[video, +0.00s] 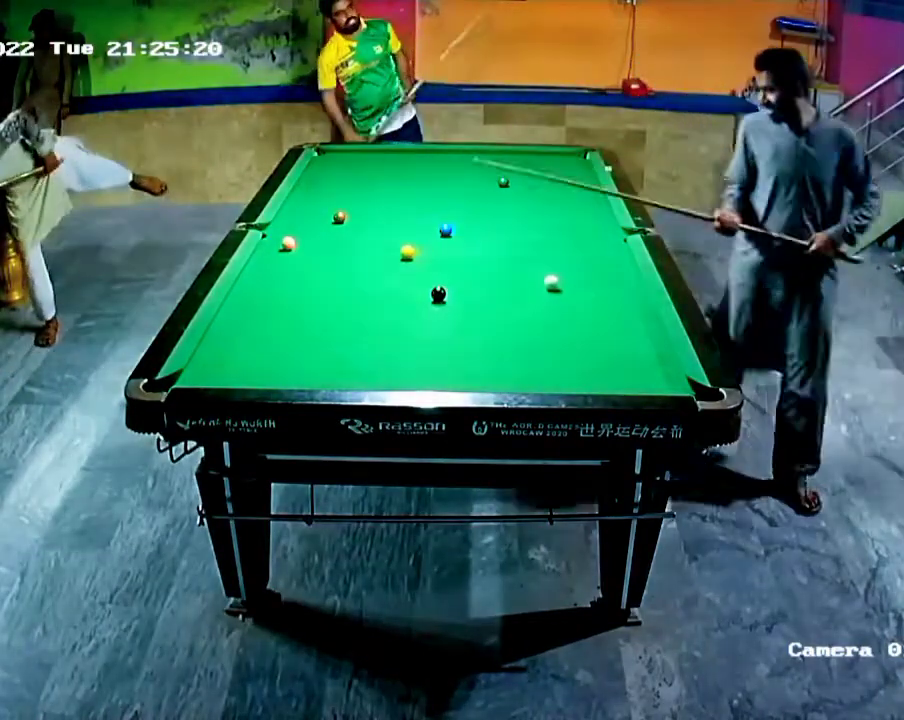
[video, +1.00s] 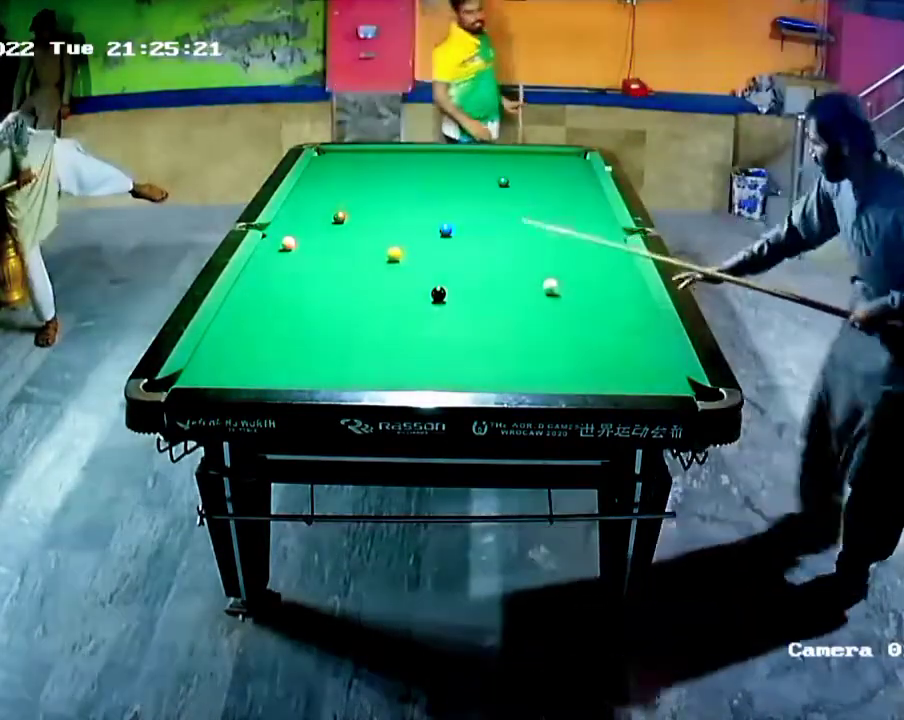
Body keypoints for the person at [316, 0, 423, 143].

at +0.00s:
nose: (349, 15)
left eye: (350, 7)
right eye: (340, 14)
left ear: (354, 6)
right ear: (331, 20)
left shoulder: (383, 29)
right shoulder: (328, 56)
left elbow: (399, 56)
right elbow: (328, 98)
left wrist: (407, 86)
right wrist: (349, 134)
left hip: (402, 119)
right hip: (366, 131)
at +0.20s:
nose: (359, 12)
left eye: (360, 5)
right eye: (350, 10)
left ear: (365, 5)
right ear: (341, 16)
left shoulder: (390, 29)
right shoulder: (337, 53)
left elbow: (404, 60)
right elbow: (338, 99)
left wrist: (419, 84)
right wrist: (363, 127)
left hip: (408, 119)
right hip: (375, 131)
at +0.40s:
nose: (395, 11)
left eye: (398, 4)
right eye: (386, 6)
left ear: (403, 5)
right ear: (375, 11)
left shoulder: (413, 32)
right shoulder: (366, 47)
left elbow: (421, 66)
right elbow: (359, 90)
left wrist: (453, 88)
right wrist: (378, 127)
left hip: (426, 123)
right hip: (396, 131)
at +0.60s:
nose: (422, 10)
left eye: (426, 3)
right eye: (415, 5)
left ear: (432, 5)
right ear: (404, 8)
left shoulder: (439, 32)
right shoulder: (392, 45)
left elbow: (446, 72)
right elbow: (385, 87)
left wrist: (477, 92)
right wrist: (405, 123)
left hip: (446, 124)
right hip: (417, 130)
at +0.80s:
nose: (447, 11)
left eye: (450, 4)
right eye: (439, 6)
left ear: (454, 5)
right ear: (424, 9)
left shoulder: (458, 33)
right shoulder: (414, 44)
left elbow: (461, 78)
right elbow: (410, 92)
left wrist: (488, 100)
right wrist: (436, 121)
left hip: (461, 121)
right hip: (432, 127)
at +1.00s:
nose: (477, 17)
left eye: (480, 10)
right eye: (469, 12)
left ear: (484, 10)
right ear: (457, 14)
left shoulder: (484, 40)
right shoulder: (447, 50)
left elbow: (482, 82)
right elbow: (440, 96)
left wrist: (504, 102)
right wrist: (470, 125)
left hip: (489, 126)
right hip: (461, 132)